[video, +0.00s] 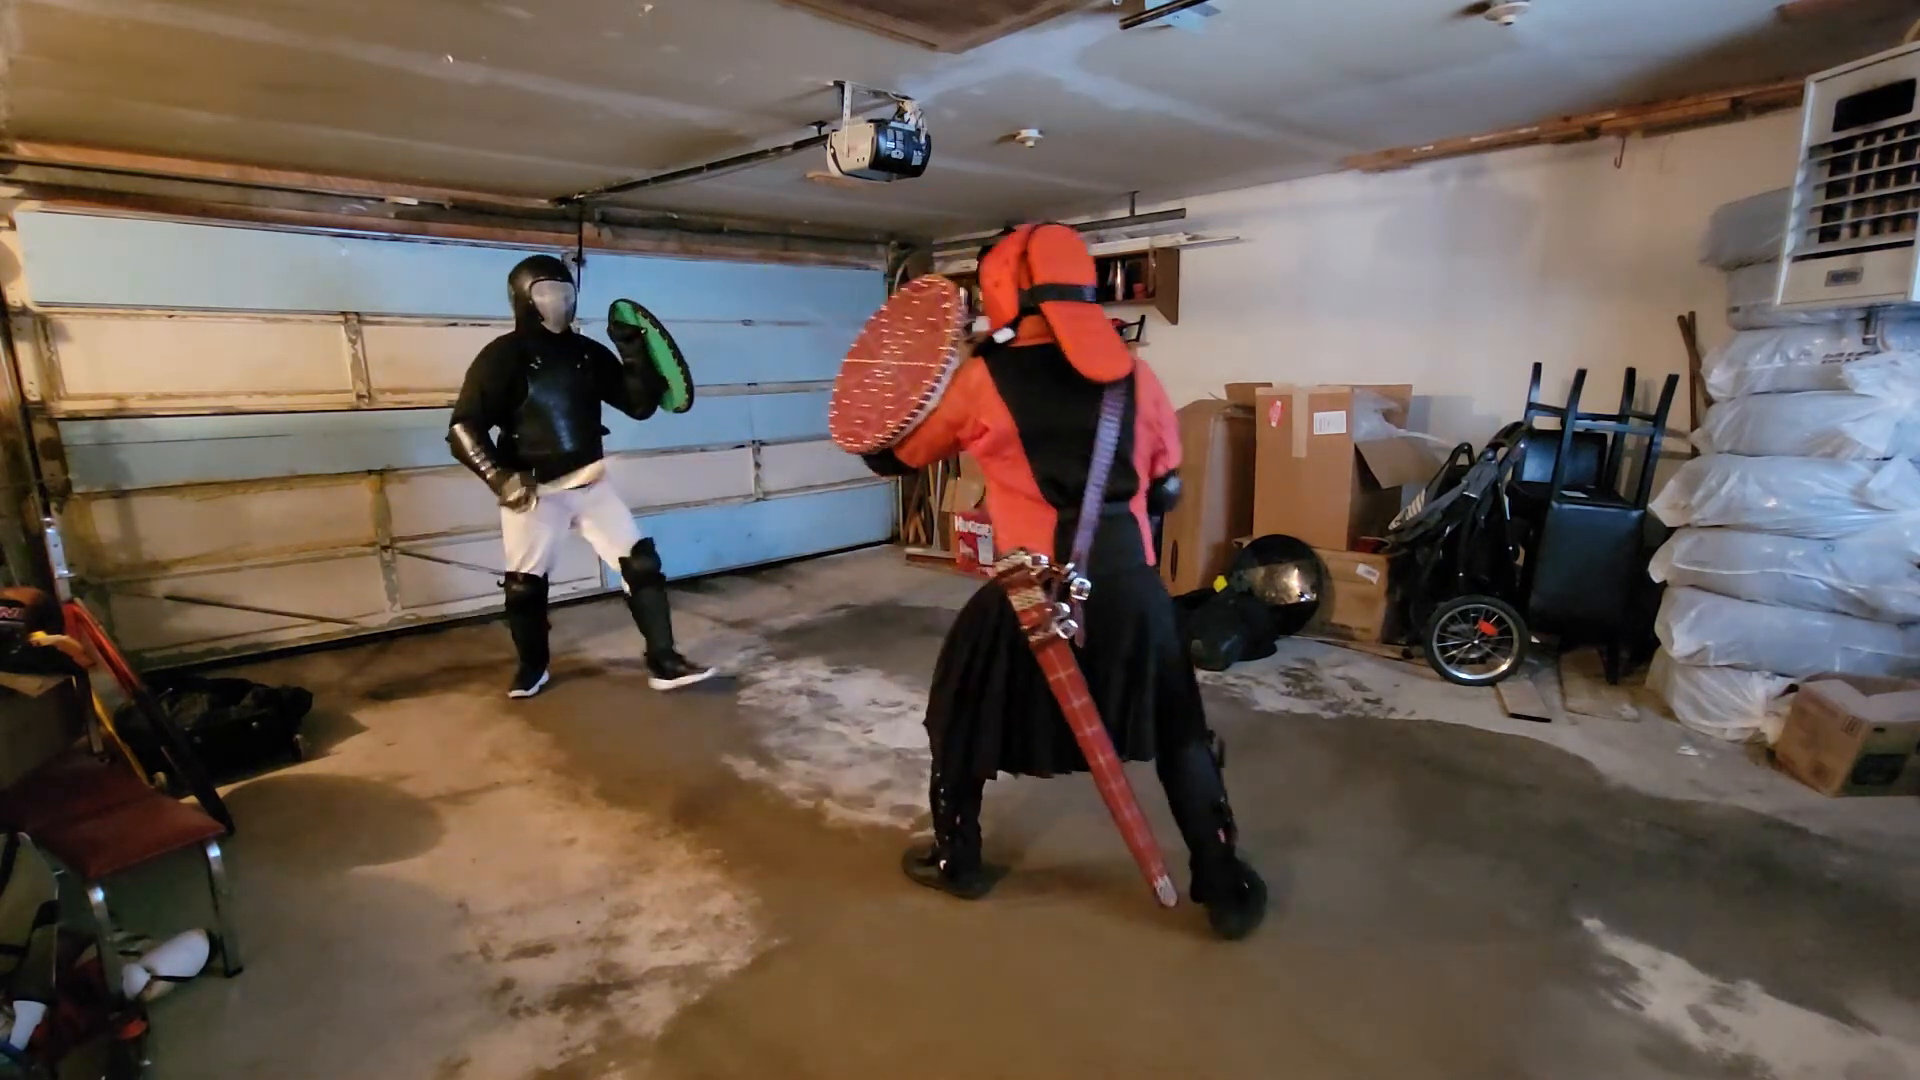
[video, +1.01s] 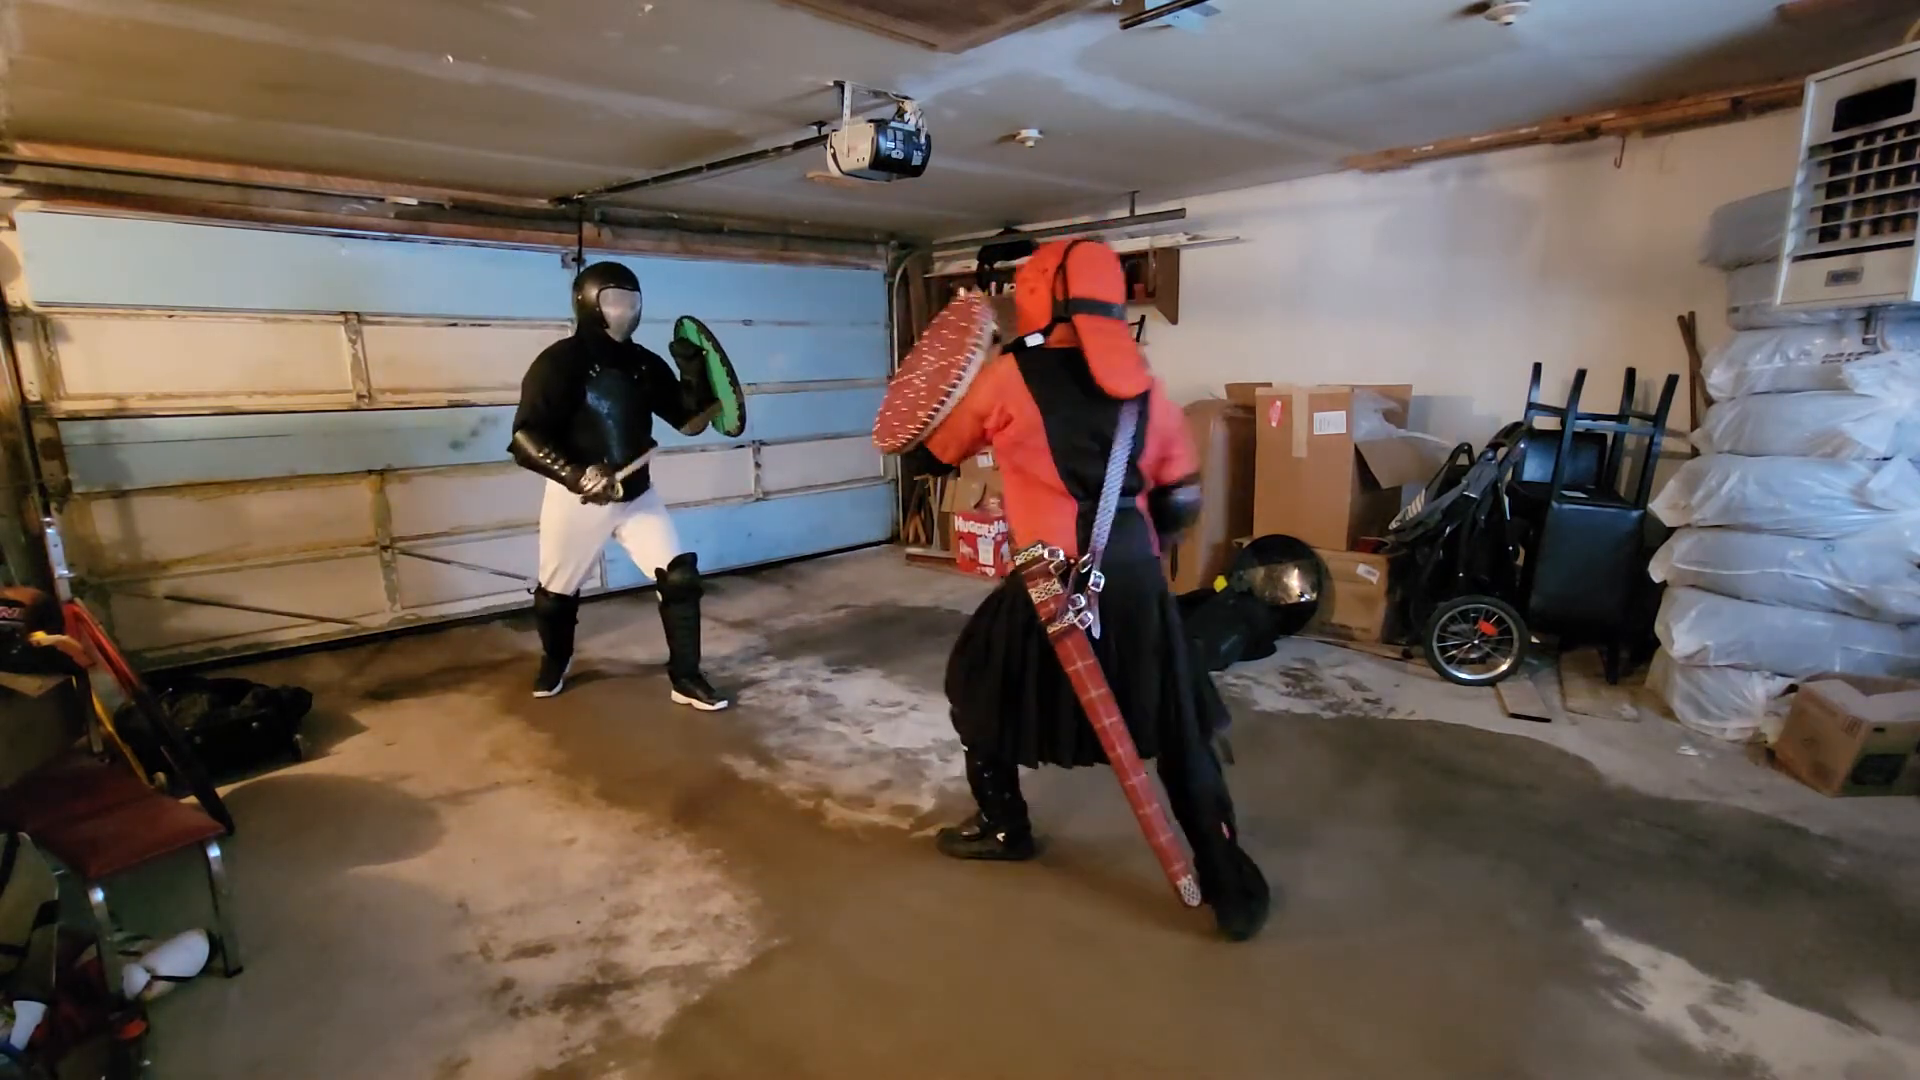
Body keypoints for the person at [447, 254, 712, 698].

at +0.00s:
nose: (567, 298)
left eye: (568, 289)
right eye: (556, 289)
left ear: (569, 294)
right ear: (529, 296)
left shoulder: (588, 353)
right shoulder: (502, 357)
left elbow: (640, 406)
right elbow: (463, 429)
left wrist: (634, 352)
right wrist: (499, 478)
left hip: (591, 484)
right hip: (532, 493)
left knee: (640, 563)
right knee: (524, 588)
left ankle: (664, 659)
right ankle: (532, 667)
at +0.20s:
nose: (586, 298)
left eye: (586, 290)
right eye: (574, 290)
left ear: (588, 296)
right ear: (545, 298)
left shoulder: (608, 359)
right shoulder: (520, 361)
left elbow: (661, 405)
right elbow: (491, 438)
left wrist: (655, 352)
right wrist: (533, 461)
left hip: (605, 494)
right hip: (543, 496)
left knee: (646, 574)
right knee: (531, 590)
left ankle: (679, 670)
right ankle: (532, 666)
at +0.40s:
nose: (618, 306)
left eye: (620, 297)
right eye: (608, 297)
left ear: (622, 301)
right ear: (579, 302)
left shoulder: (636, 361)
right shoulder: (550, 360)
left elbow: (686, 412)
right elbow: (532, 440)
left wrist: (682, 360)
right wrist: (582, 456)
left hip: (630, 493)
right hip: (569, 493)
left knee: (673, 574)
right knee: (547, 590)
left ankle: (686, 676)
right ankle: (536, 665)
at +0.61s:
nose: (637, 304)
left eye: (639, 295)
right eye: (626, 295)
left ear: (643, 300)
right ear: (597, 299)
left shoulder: (649, 359)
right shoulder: (564, 357)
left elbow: (698, 414)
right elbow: (541, 437)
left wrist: (699, 362)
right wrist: (593, 470)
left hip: (639, 493)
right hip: (576, 492)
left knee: (678, 574)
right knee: (552, 593)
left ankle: (686, 678)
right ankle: (553, 661)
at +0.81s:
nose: (640, 307)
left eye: (640, 297)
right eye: (630, 297)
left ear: (631, 307)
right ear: (599, 303)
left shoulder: (646, 364)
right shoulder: (563, 363)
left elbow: (692, 421)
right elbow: (531, 441)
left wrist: (696, 373)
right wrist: (582, 487)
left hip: (637, 497)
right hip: (574, 498)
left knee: (680, 575)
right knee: (551, 598)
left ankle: (686, 677)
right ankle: (553, 662)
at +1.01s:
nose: (635, 307)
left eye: (636, 298)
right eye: (625, 297)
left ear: (634, 305)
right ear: (594, 302)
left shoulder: (644, 363)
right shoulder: (558, 363)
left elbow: (689, 420)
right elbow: (524, 440)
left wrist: (698, 378)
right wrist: (578, 477)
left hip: (637, 497)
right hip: (574, 500)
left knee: (680, 577)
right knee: (552, 598)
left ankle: (686, 677)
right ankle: (554, 662)